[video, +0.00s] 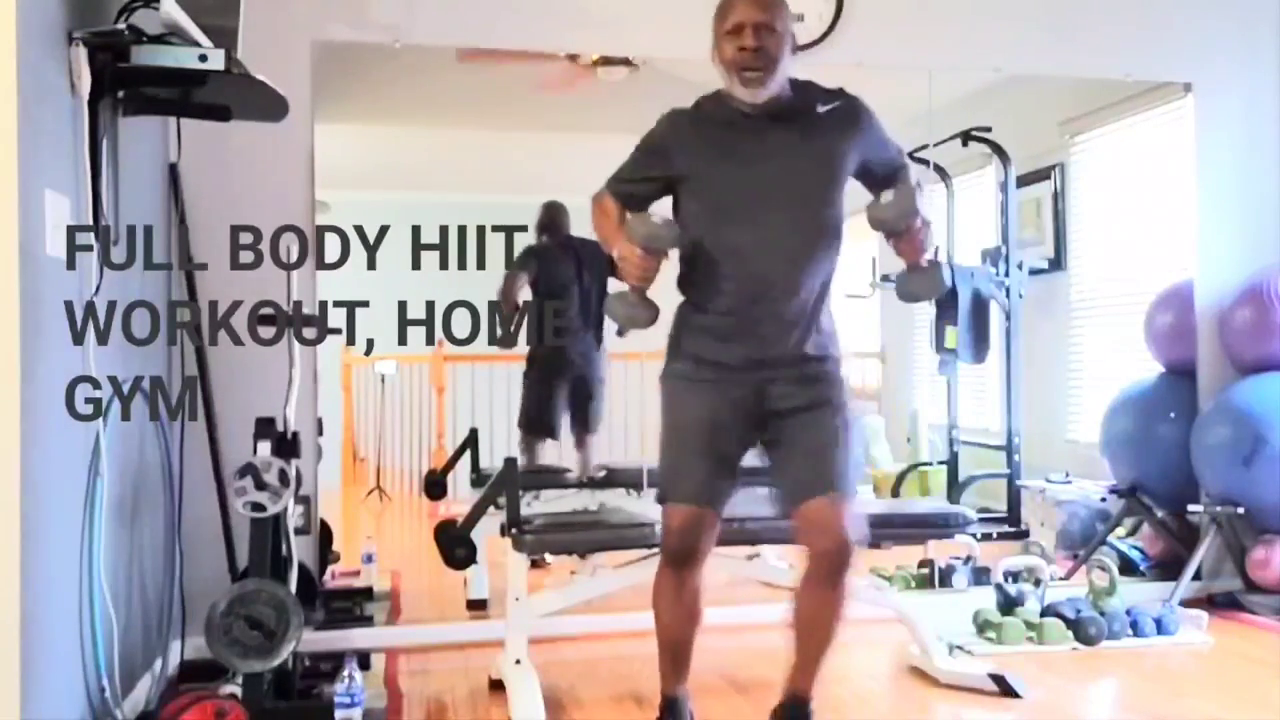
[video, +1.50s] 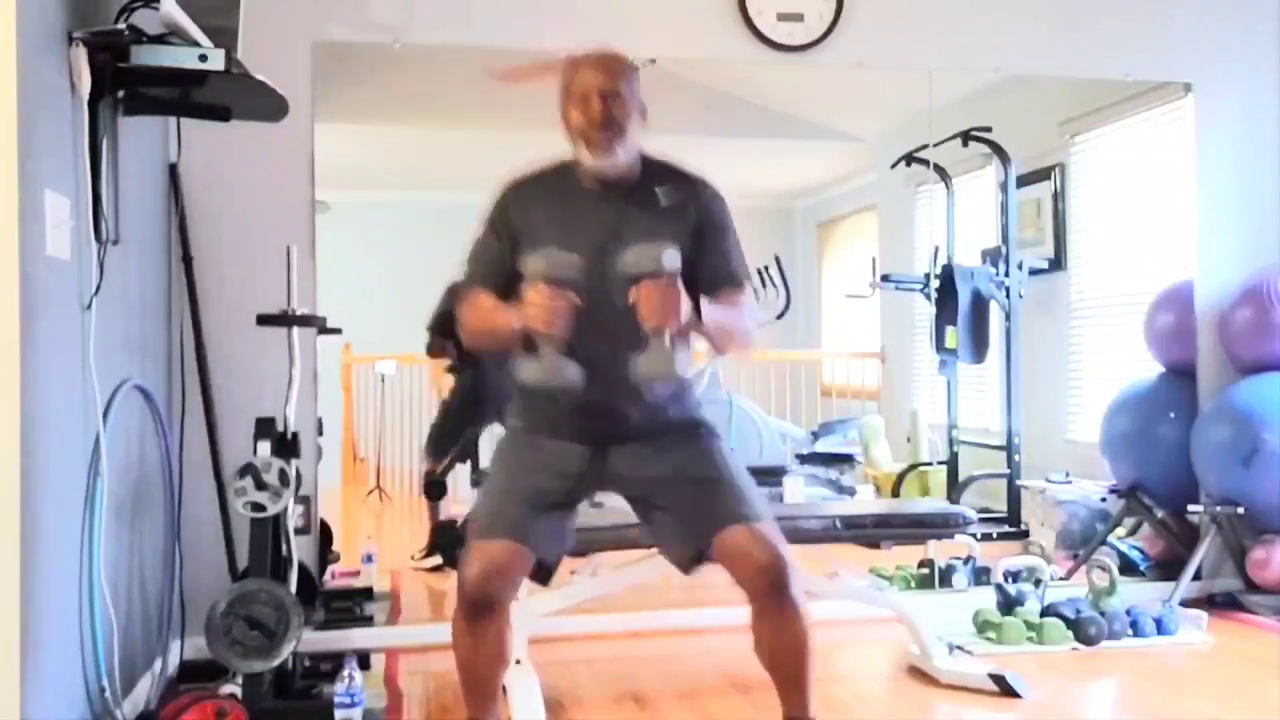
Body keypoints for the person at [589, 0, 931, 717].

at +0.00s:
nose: (750, 42)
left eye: (765, 28)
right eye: (734, 31)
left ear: (793, 39)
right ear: (715, 47)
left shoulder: (843, 119)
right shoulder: (683, 131)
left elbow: (897, 183)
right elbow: (607, 203)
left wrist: (909, 232)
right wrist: (621, 249)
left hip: (806, 365)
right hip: (706, 366)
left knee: (831, 543)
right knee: (683, 539)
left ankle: (796, 702)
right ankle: (674, 704)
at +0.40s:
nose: (710, 51)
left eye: (725, 38)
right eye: (696, 40)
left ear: (750, 51)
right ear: (676, 55)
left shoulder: (795, 144)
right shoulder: (634, 144)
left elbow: (840, 261)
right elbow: (580, 258)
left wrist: (799, 245)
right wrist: (648, 246)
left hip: (753, 373)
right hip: (648, 370)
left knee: (806, 543)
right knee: (580, 527)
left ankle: (791, 707)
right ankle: (552, 691)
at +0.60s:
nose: (657, 149)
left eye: (672, 137)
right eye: (642, 138)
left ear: (696, 151)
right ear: (622, 151)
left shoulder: (737, 232)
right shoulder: (578, 232)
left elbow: (779, 364)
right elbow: (532, 360)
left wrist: (745, 328)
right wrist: (603, 329)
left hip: (712, 443)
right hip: (598, 445)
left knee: (826, 566)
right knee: (511, 577)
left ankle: (793, 710)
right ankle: (487, 715)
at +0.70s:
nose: (629, 139)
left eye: (643, 126)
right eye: (614, 127)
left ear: (666, 136)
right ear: (591, 137)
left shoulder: (713, 223)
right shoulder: (546, 225)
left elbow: (757, 348)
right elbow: (488, 340)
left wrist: (736, 324)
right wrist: (539, 332)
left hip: (682, 431)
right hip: (568, 434)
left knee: (787, 562)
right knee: (503, 580)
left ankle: (787, 708)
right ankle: (488, 716)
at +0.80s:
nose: (599, 84)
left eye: (615, 71)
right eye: (585, 70)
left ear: (643, 81)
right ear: (563, 80)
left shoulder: (687, 175)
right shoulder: (522, 172)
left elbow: (725, 276)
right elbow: (464, 266)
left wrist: (737, 290)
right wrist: (469, 284)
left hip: (653, 391)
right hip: (543, 391)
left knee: (738, 547)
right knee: (497, 559)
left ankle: (767, 698)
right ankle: (486, 711)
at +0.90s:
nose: (583, 38)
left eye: (599, 23)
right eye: (568, 24)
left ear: (627, 31)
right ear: (548, 33)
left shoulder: (671, 124)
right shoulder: (501, 122)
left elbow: (719, 224)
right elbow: (444, 221)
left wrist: (739, 258)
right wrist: (438, 260)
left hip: (637, 363)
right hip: (523, 367)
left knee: (703, 528)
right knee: (493, 551)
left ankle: (700, 681)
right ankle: (487, 711)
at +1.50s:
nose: (597, 111)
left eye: (611, 97)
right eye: (582, 99)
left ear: (639, 108)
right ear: (563, 113)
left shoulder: (692, 201)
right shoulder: (524, 201)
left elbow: (741, 327)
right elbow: (473, 318)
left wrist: (693, 313)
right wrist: (520, 318)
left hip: (667, 431)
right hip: (548, 432)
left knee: (768, 568)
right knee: (480, 586)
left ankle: (799, 714)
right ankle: (485, 716)